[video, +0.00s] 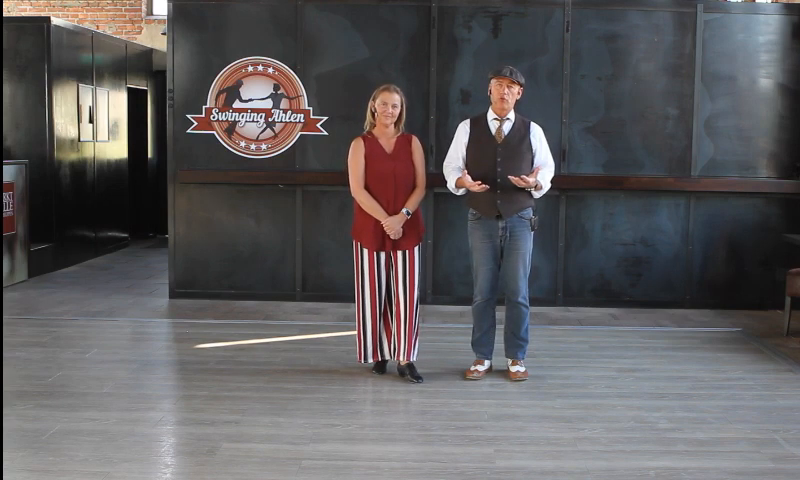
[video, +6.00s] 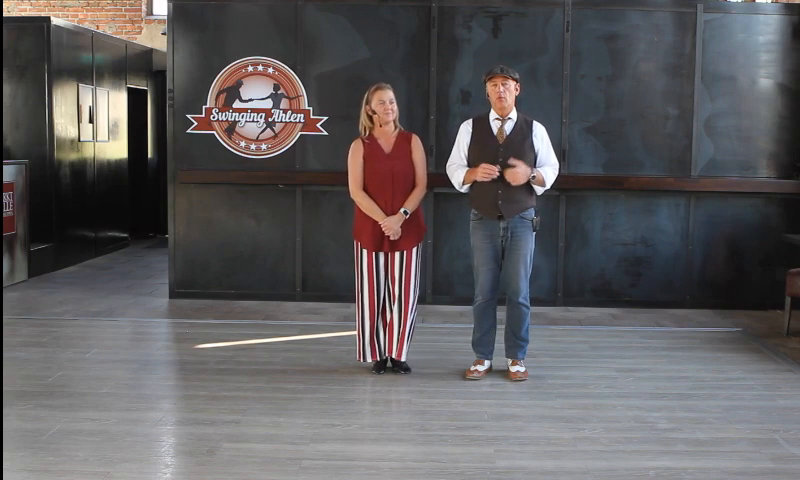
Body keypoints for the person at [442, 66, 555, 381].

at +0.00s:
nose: (506, 92)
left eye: (511, 88)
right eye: (501, 86)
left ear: (519, 94)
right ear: (490, 89)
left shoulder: (532, 131)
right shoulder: (468, 128)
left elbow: (547, 169)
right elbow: (451, 167)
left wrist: (533, 181)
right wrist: (463, 180)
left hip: (519, 220)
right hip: (480, 220)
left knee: (516, 293)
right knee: (483, 292)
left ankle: (516, 359)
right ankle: (482, 358)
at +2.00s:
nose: (501, 92)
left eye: (507, 86)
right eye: (496, 87)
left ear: (518, 90)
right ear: (489, 92)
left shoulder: (536, 131)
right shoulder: (472, 126)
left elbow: (545, 171)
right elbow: (454, 167)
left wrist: (542, 186)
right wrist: (482, 173)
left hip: (521, 219)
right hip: (482, 219)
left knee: (517, 293)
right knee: (484, 292)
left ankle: (516, 359)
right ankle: (482, 358)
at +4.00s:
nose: (503, 91)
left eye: (508, 86)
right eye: (497, 86)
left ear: (518, 91)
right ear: (489, 91)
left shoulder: (534, 131)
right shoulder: (470, 127)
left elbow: (549, 171)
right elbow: (452, 169)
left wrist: (525, 176)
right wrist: (482, 174)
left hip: (521, 221)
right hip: (483, 221)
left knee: (518, 293)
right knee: (484, 292)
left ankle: (516, 359)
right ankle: (482, 358)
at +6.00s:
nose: (500, 90)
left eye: (505, 85)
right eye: (495, 86)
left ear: (516, 90)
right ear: (487, 92)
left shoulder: (534, 130)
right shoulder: (470, 128)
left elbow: (551, 170)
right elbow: (454, 170)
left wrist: (531, 174)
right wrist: (472, 173)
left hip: (521, 220)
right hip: (482, 220)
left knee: (518, 292)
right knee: (484, 292)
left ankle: (516, 359)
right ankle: (482, 358)